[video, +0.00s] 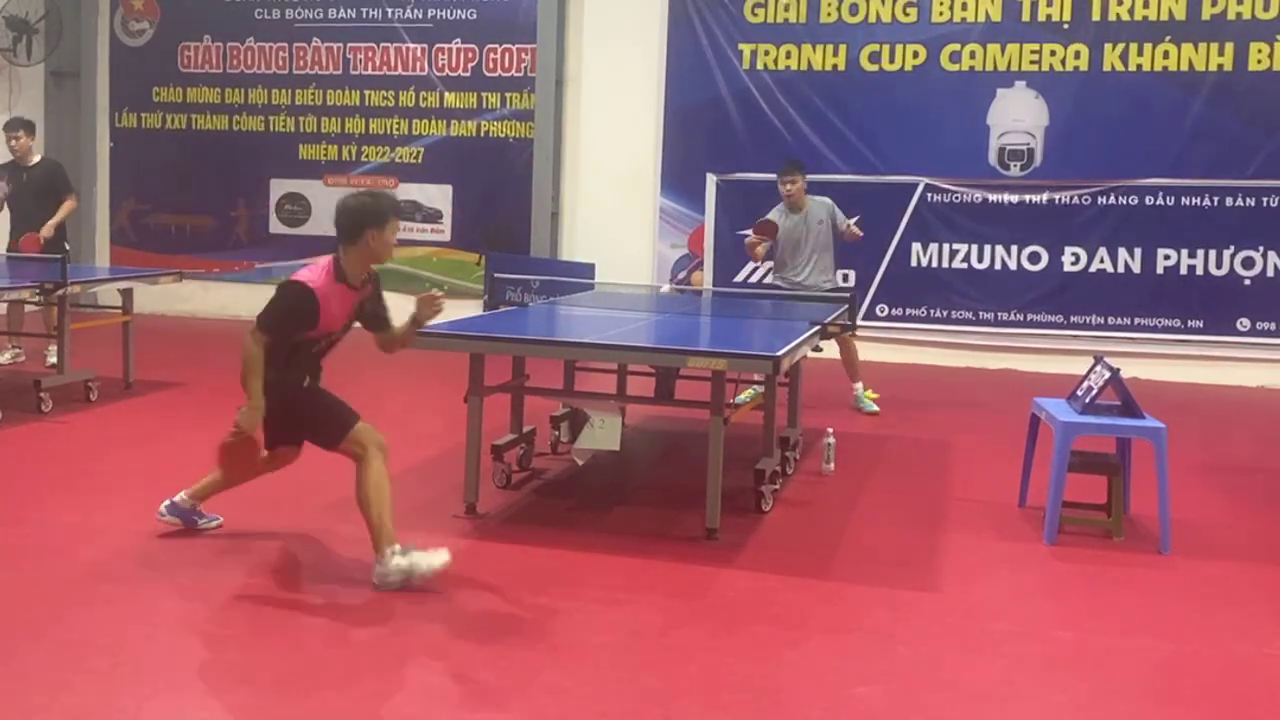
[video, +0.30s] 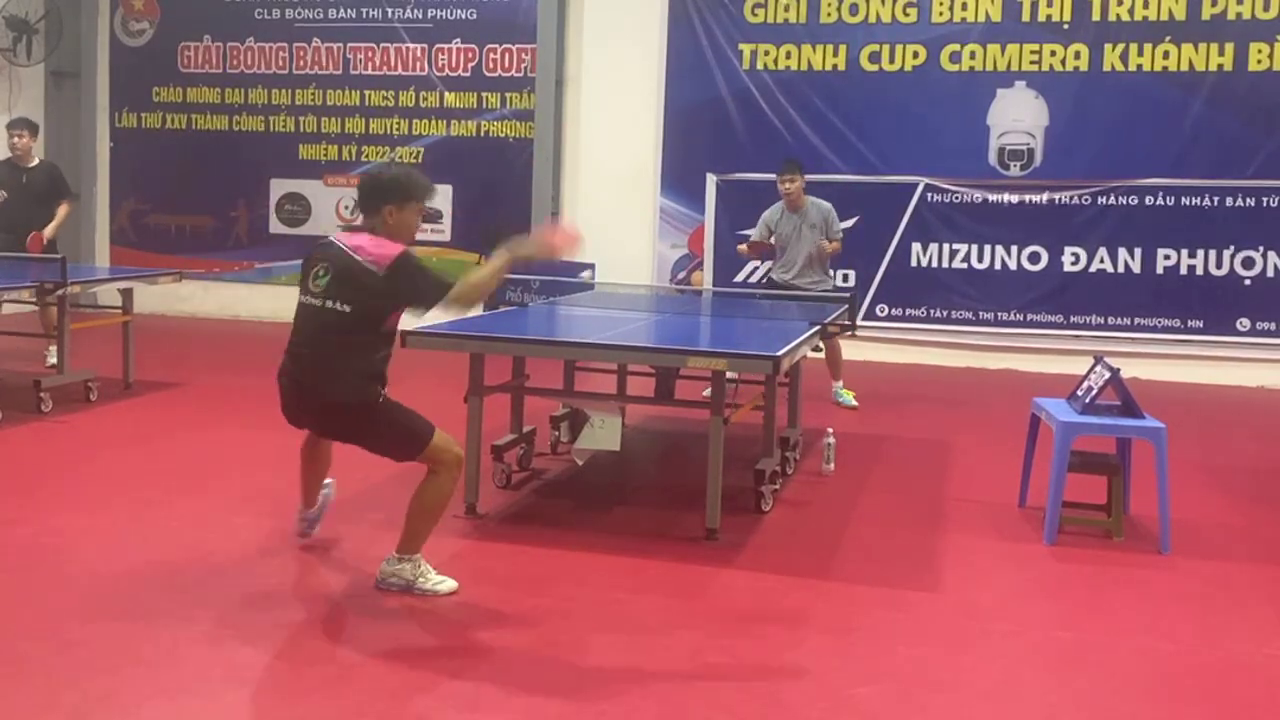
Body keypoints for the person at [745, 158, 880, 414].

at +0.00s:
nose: (787, 189)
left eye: (792, 183)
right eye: (783, 184)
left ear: (804, 183)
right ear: (779, 187)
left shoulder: (825, 206)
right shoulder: (775, 215)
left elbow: (845, 232)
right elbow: (760, 254)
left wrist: (852, 233)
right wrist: (753, 248)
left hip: (824, 290)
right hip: (786, 290)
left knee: (845, 337)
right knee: (770, 336)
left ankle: (859, 392)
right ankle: (763, 386)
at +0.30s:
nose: (786, 187)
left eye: (792, 181)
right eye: (782, 183)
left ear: (803, 182)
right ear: (777, 185)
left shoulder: (824, 210)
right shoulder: (771, 215)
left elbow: (837, 244)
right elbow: (757, 247)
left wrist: (830, 247)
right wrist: (748, 249)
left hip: (817, 286)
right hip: (779, 284)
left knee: (830, 334)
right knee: (744, 321)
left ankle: (838, 387)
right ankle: (727, 380)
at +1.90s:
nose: (833, 177)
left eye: (838, 172)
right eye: (828, 173)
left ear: (847, 175)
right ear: (823, 179)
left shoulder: (863, 196)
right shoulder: (819, 206)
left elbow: (887, 202)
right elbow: (799, 222)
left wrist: (908, 206)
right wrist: (787, 219)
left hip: (858, 270)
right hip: (826, 271)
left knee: (866, 310)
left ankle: (846, 351)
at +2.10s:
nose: (851, 200)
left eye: (856, 196)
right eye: (847, 196)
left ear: (865, 199)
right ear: (842, 201)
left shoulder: (881, 224)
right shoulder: (836, 230)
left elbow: (898, 248)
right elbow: (822, 256)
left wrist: (911, 274)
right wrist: (818, 257)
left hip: (874, 288)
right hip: (842, 288)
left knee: (886, 329)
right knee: (815, 318)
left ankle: (909, 374)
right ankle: (810, 365)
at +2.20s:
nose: (844, 204)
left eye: (849, 199)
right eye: (840, 200)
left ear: (858, 203)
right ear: (835, 205)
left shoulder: (876, 229)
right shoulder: (828, 234)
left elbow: (886, 259)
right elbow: (817, 261)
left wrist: (886, 286)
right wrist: (814, 267)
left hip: (871, 291)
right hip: (838, 292)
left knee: (886, 331)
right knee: (808, 323)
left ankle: (909, 375)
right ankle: (800, 365)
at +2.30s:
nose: (828, 196)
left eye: (833, 191)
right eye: (824, 191)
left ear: (842, 193)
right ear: (819, 195)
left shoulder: (860, 220)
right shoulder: (811, 225)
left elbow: (870, 246)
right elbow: (800, 251)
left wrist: (866, 265)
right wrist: (798, 262)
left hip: (854, 286)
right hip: (821, 286)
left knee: (873, 328)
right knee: (800, 321)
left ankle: (902, 373)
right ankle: (801, 365)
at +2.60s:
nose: (787, 189)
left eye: (792, 185)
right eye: (783, 185)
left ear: (802, 185)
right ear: (779, 187)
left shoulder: (820, 210)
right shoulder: (775, 217)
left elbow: (836, 238)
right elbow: (761, 243)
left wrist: (823, 249)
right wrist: (756, 259)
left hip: (819, 278)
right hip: (786, 277)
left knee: (833, 321)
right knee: (767, 310)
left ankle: (842, 363)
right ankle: (781, 359)